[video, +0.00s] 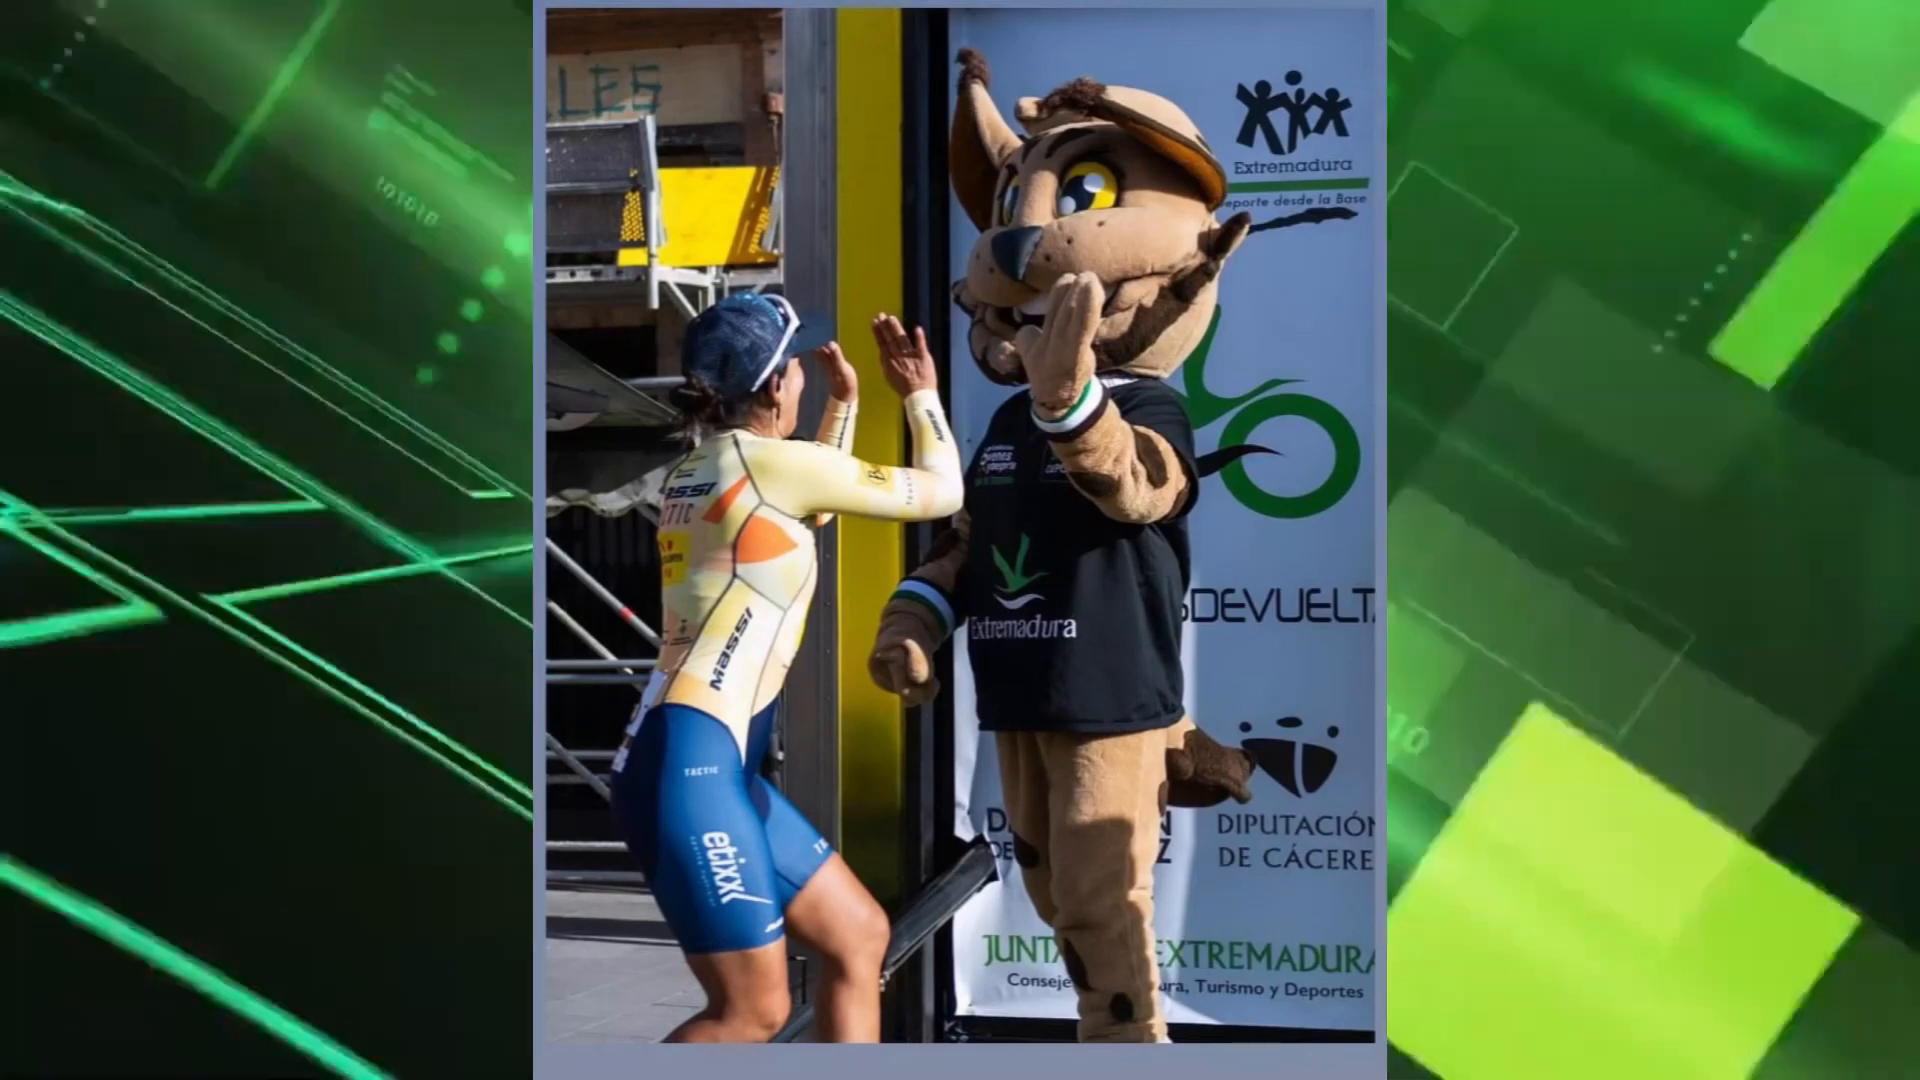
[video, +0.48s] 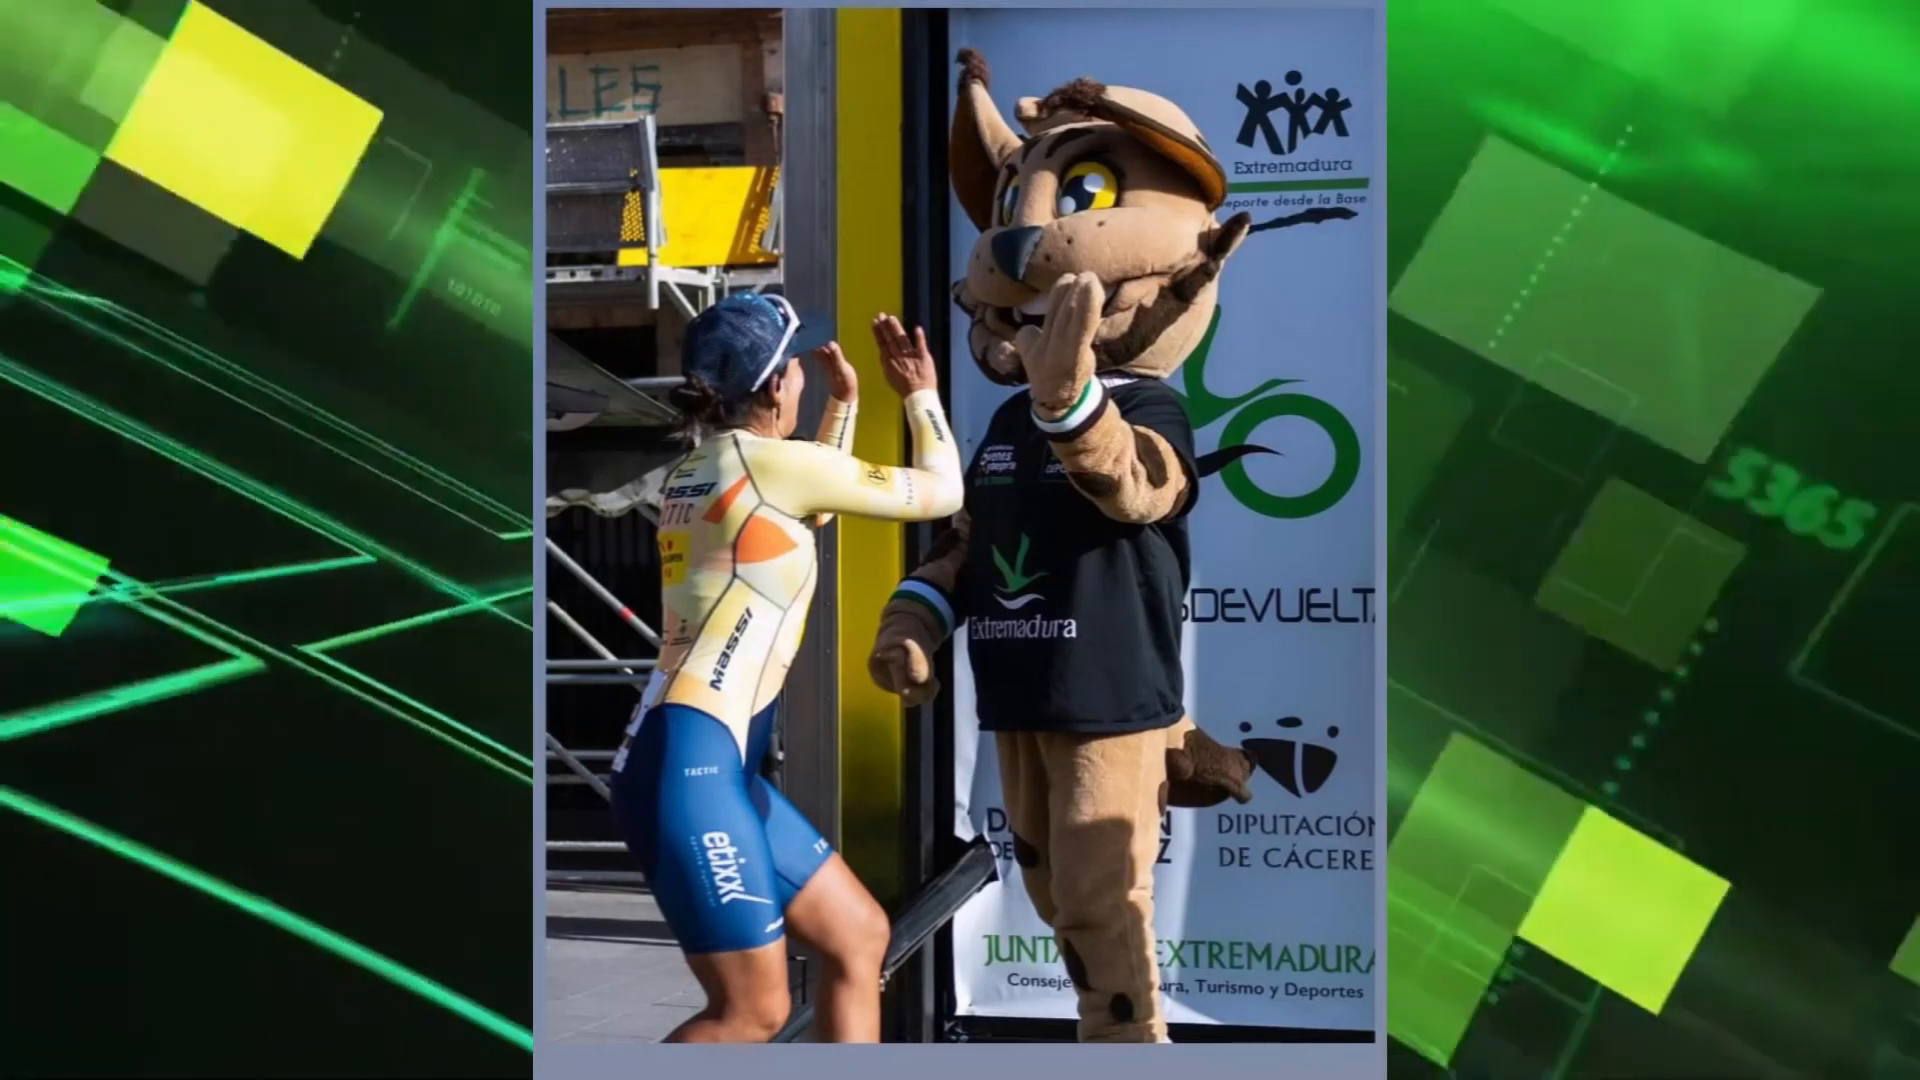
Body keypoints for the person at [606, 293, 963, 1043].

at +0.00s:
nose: (803, 377)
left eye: (799, 362)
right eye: (796, 364)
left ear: (713, 387)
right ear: (777, 380)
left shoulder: (694, 471)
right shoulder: (780, 465)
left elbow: (799, 495)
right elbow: (938, 492)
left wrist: (840, 413)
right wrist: (924, 396)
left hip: (714, 769)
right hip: (686, 774)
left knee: (860, 934)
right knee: (754, 1010)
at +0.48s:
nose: (803, 377)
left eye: (800, 363)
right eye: (797, 364)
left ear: (714, 387)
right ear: (778, 380)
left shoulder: (695, 471)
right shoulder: (779, 465)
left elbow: (801, 496)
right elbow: (938, 492)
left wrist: (841, 411)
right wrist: (924, 396)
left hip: (715, 769)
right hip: (686, 774)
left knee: (860, 933)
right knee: (754, 1009)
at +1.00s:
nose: (804, 377)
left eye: (800, 363)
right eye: (797, 364)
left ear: (714, 387)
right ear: (777, 380)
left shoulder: (695, 471)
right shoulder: (779, 465)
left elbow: (801, 497)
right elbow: (938, 492)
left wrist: (840, 411)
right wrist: (924, 396)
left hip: (715, 769)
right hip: (686, 774)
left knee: (860, 933)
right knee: (754, 1009)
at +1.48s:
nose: (804, 377)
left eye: (800, 363)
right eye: (797, 364)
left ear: (714, 387)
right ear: (778, 380)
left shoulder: (695, 471)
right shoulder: (779, 465)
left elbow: (801, 496)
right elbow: (938, 492)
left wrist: (841, 411)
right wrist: (924, 396)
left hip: (715, 769)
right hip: (686, 774)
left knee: (860, 933)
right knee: (754, 1009)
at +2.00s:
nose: (803, 377)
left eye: (800, 363)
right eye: (796, 364)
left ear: (715, 387)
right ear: (776, 380)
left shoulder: (693, 471)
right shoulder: (777, 464)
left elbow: (800, 496)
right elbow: (939, 492)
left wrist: (841, 411)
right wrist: (924, 395)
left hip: (714, 770)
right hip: (686, 774)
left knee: (860, 934)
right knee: (753, 1010)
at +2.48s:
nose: (803, 377)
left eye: (799, 363)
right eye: (796, 364)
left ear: (715, 387)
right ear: (776, 380)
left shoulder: (692, 471)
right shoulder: (778, 465)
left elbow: (797, 494)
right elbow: (938, 492)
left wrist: (840, 412)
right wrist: (924, 395)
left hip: (714, 770)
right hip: (686, 774)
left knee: (860, 933)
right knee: (754, 1010)